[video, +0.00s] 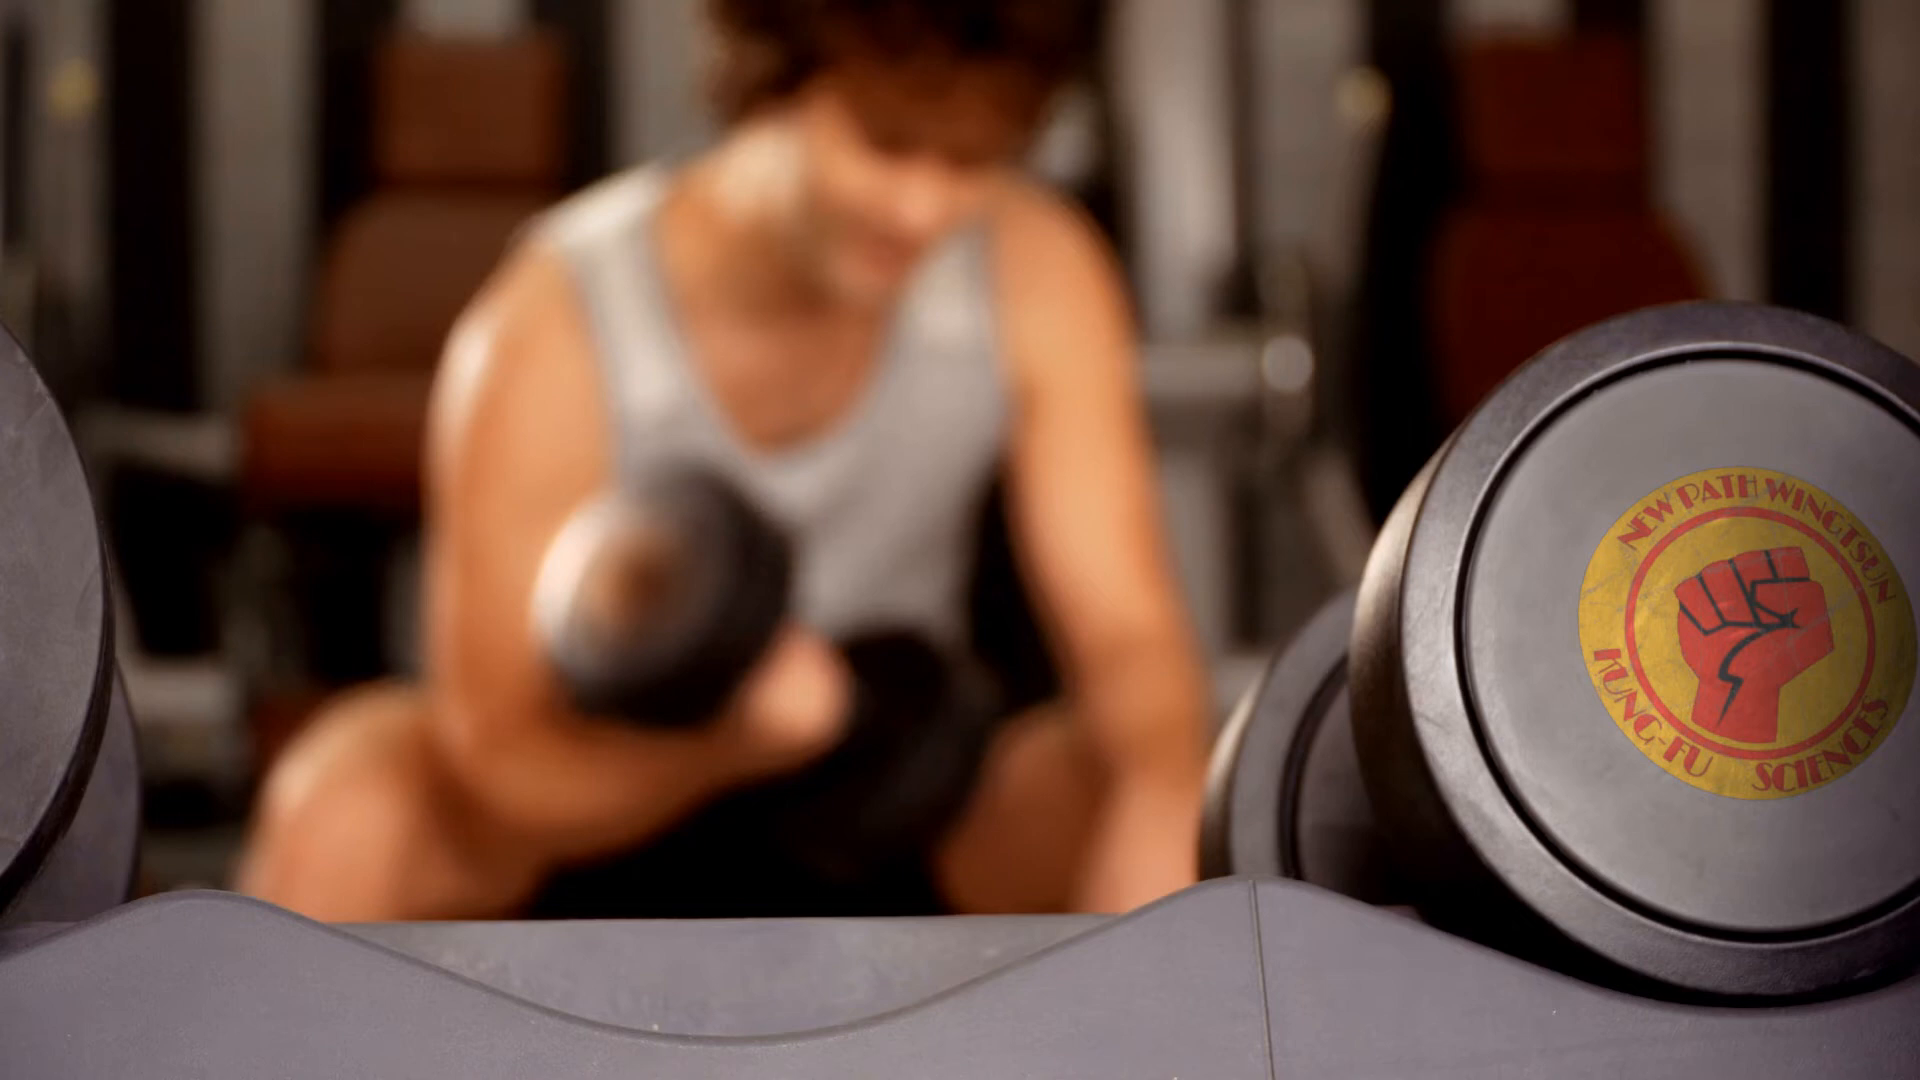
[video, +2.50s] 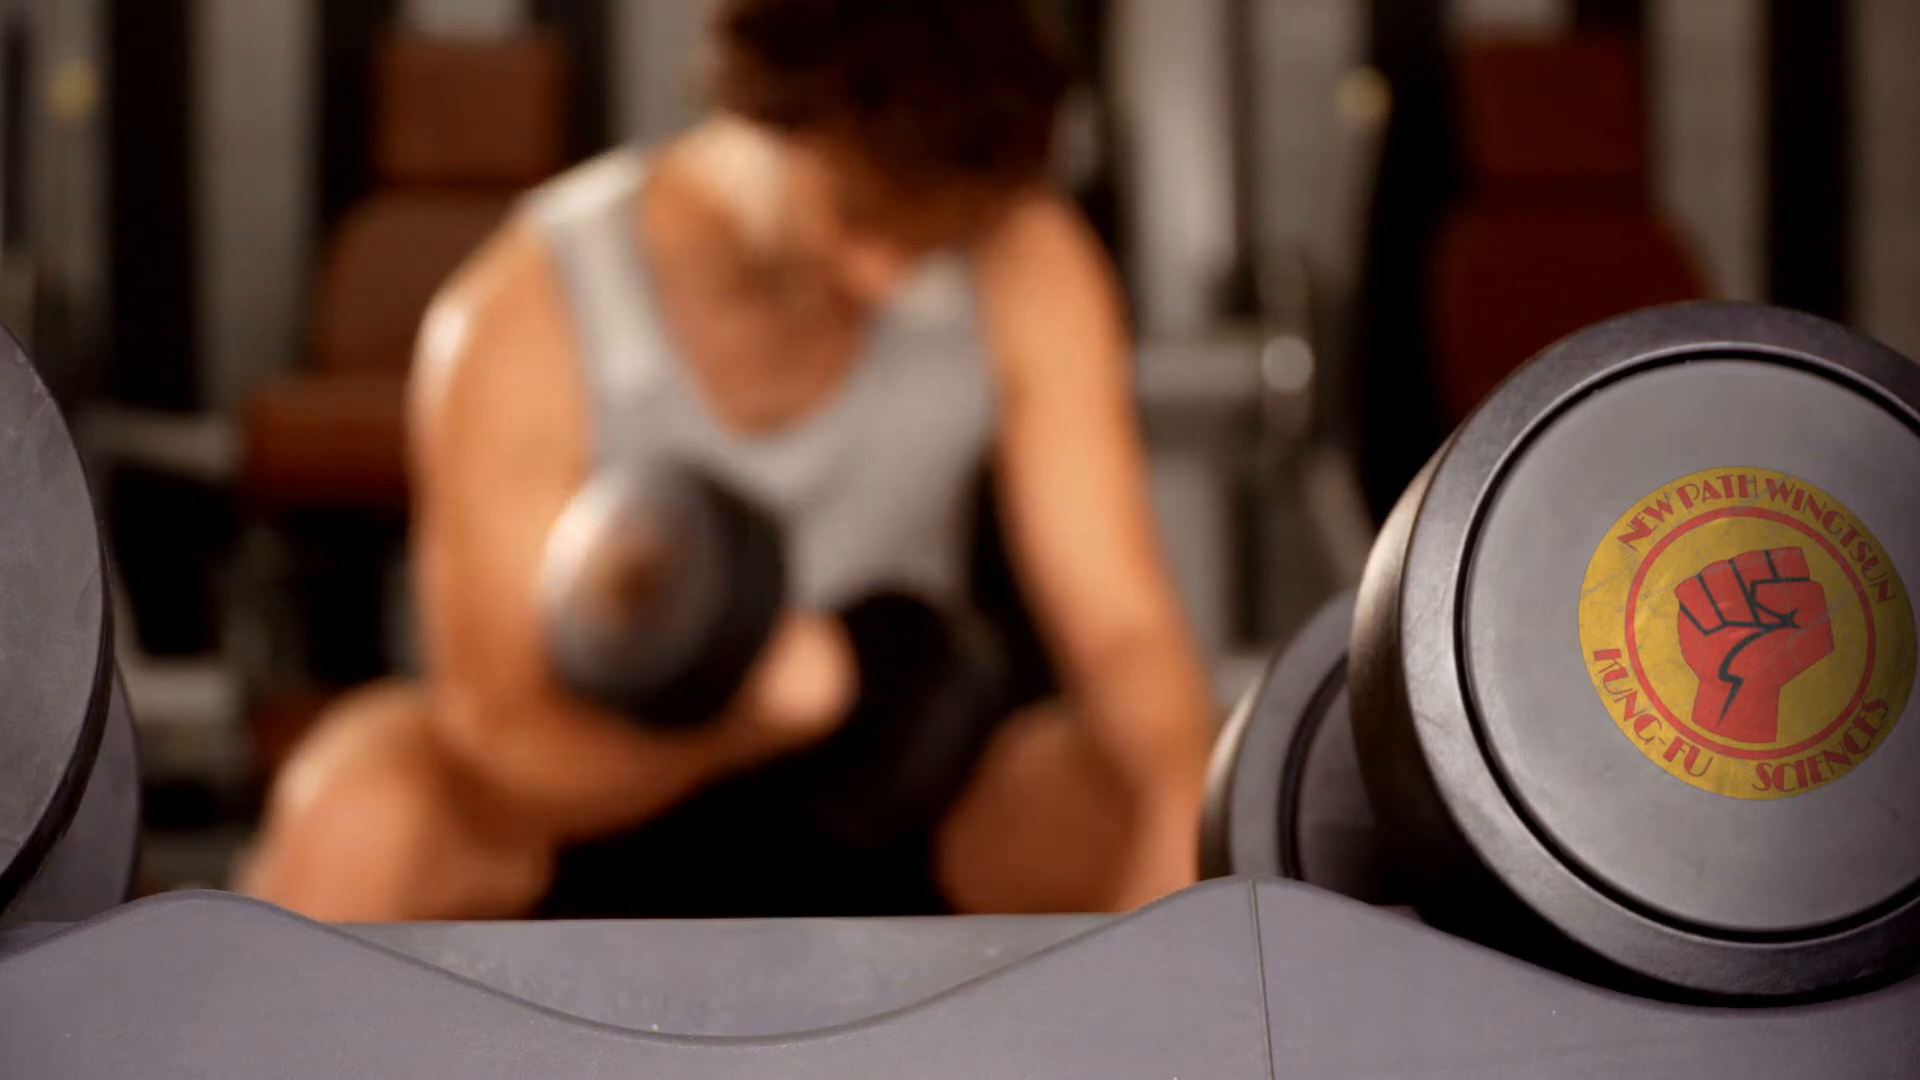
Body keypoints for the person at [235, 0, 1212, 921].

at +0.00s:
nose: (923, 208)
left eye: (974, 162)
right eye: (887, 143)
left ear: (1020, 147)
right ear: (776, 78)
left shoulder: (1030, 263)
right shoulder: (549, 325)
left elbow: (1131, 647)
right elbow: (513, 775)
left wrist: (1154, 836)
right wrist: (742, 738)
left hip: (885, 793)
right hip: (596, 806)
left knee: (1165, 798)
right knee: (345, 800)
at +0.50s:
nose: (976, 231)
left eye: (1016, 182)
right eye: (938, 170)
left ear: (1056, 158)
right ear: (828, 113)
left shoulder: (1064, 270)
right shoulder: (623, 333)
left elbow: (1135, 651)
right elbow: (520, 815)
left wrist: (1152, 814)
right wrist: (594, 1063)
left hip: (898, 783)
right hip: (623, 793)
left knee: (1153, 824)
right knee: (362, 797)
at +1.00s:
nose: (946, 331)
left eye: (991, 286)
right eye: (914, 274)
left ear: (1040, 243)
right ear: (821, 175)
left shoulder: (1049, 276)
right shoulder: (611, 375)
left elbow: (1129, 654)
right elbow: (504, 849)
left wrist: (1149, 855)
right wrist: (535, 1074)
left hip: (902, 789)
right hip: (627, 804)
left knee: (1156, 803)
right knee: (343, 790)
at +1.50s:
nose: (932, 299)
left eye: (982, 262)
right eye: (906, 242)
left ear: (1041, 219)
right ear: (825, 137)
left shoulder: (1058, 263)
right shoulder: (604, 313)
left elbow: (1132, 641)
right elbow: (510, 749)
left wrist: (1169, 837)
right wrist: (672, 954)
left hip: (904, 773)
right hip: (628, 786)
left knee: (1189, 811)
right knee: (365, 788)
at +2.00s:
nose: (880, 303)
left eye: (922, 264)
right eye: (856, 247)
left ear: (978, 210)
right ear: (764, 147)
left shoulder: (1009, 260)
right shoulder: (492, 318)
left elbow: (1119, 634)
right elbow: (510, 748)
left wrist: (1182, 873)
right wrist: (733, 696)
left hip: (898, 782)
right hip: (599, 790)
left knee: (1170, 810)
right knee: (351, 800)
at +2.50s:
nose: (885, 277)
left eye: (930, 239)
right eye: (858, 223)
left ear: (985, 185)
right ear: (769, 128)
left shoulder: (1018, 257)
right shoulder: (517, 316)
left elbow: (1125, 635)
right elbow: (511, 748)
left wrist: (1181, 840)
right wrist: (750, 717)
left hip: (887, 783)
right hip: (596, 797)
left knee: (1182, 801)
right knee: (357, 798)